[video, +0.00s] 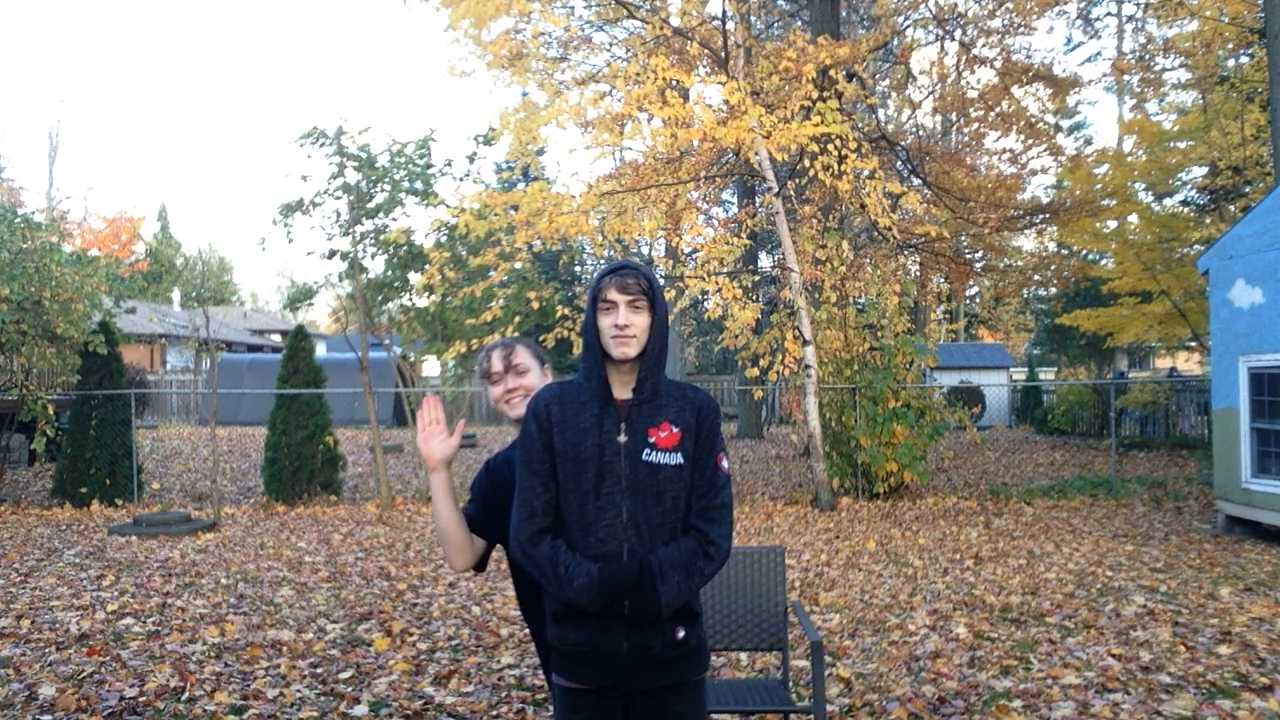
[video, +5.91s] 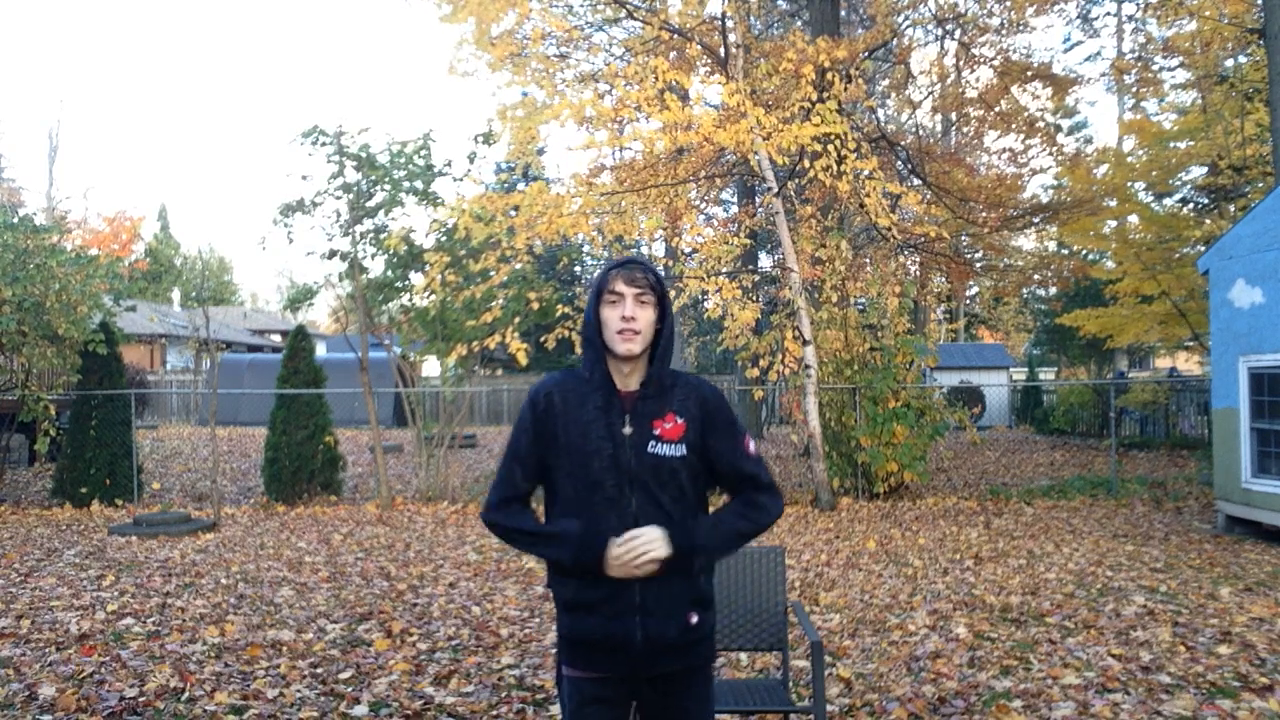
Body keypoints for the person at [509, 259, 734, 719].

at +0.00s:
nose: (621, 320)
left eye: (636, 307)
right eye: (608, 308)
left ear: (656, 319)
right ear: (592, 320)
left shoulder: (694, 408)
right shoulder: (550, 407)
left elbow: (713, 534)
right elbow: (527, 534)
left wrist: (648, 580)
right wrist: (595, 583)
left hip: (671, 653)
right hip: (581, 660)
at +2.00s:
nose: (645, 325)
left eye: (659, 311)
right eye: (632, 311)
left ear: (679, 324)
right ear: (616, 323)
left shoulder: (713, 412)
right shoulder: (569, 404)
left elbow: (728, 537)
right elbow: (540, 529)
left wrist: (661, 583)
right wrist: (606, 585)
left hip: (680, 652)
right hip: (591, 653)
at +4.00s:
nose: (606, 325)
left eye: (621, 312)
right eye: (592, 310)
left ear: (637, 329)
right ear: (571, 326)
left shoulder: (676, 412)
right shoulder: (533, 421)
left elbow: (722, 528)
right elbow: (506, 549)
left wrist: (648, 573)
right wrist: (593, 577)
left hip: (661, 659)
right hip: (569, 661)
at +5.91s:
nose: (627, 313)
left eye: (642, 301)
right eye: (614, 300)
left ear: (660, 317)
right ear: (595, 314)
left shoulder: (697, 400)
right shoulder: (553, 401)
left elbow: (762, 498)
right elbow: (501, 509)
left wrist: (680, 538)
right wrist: (593, 553)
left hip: (681, 645)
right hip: (590, 649)